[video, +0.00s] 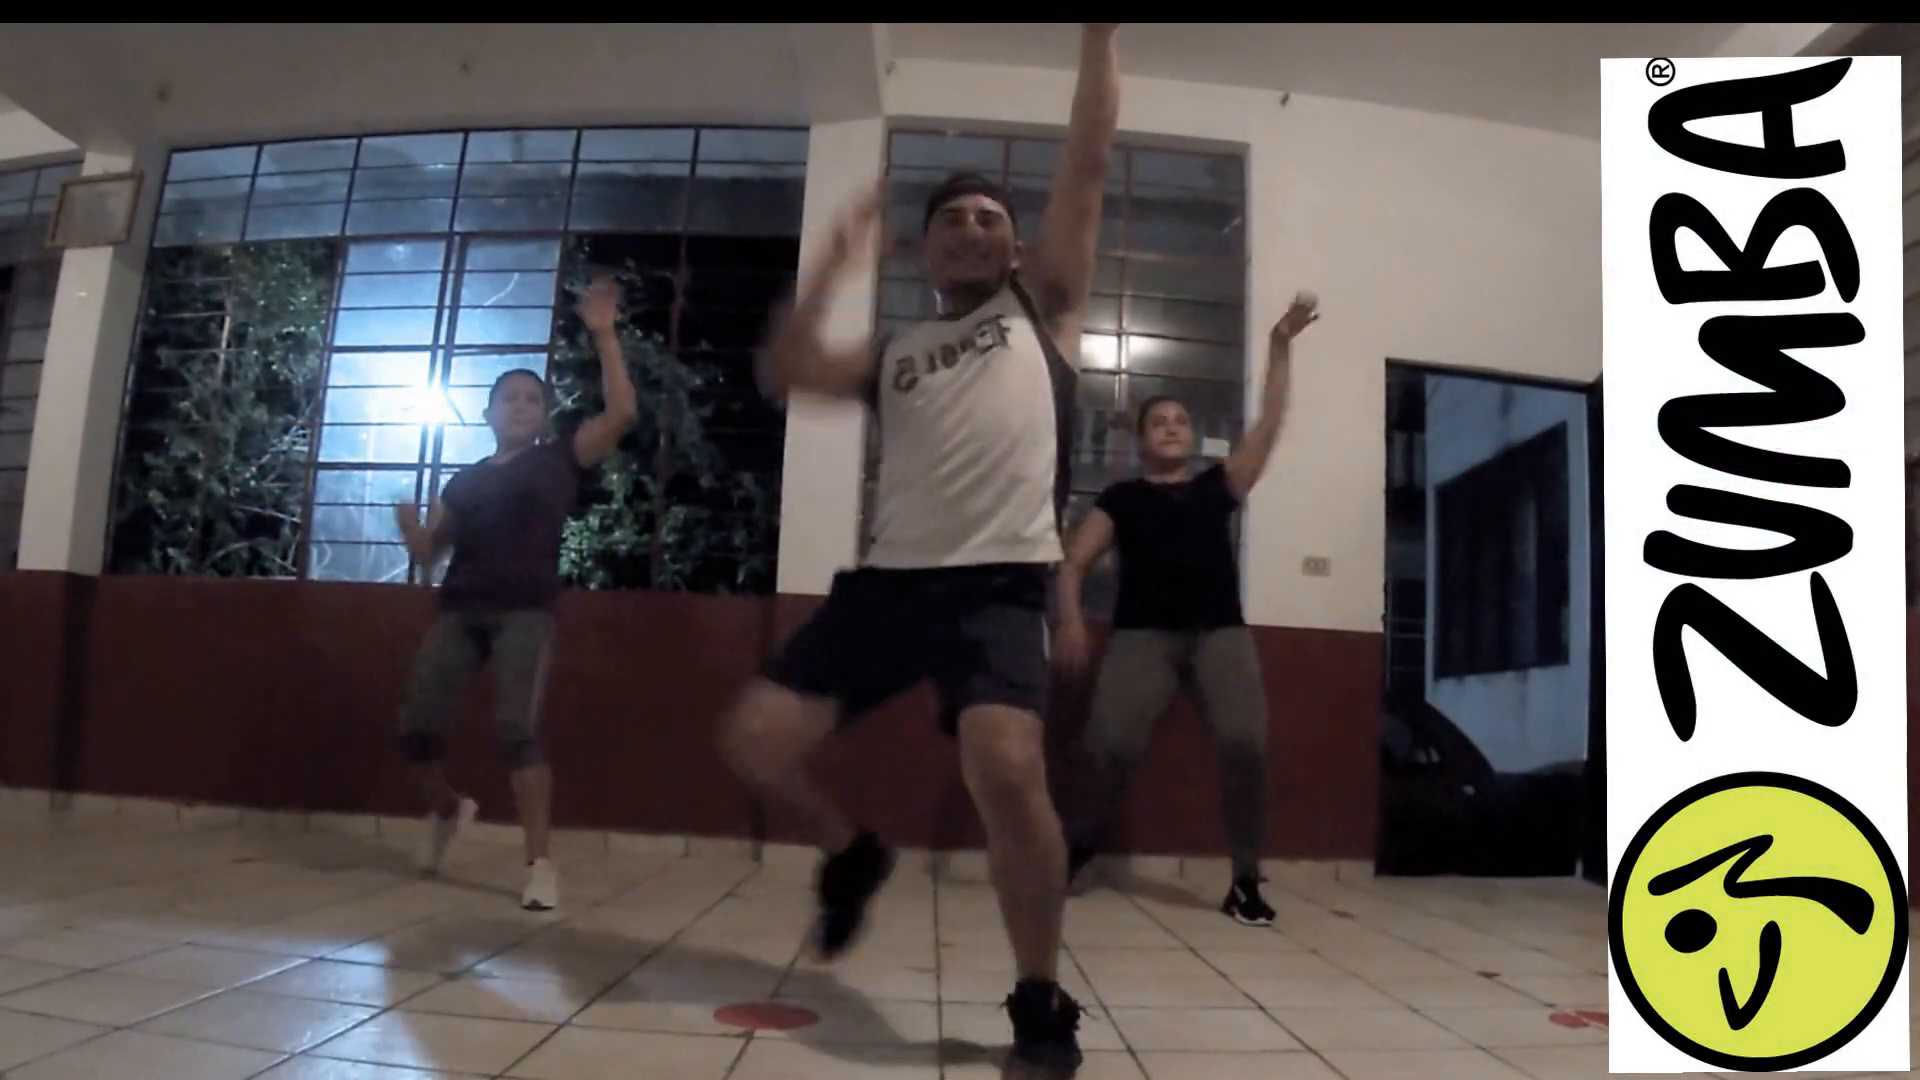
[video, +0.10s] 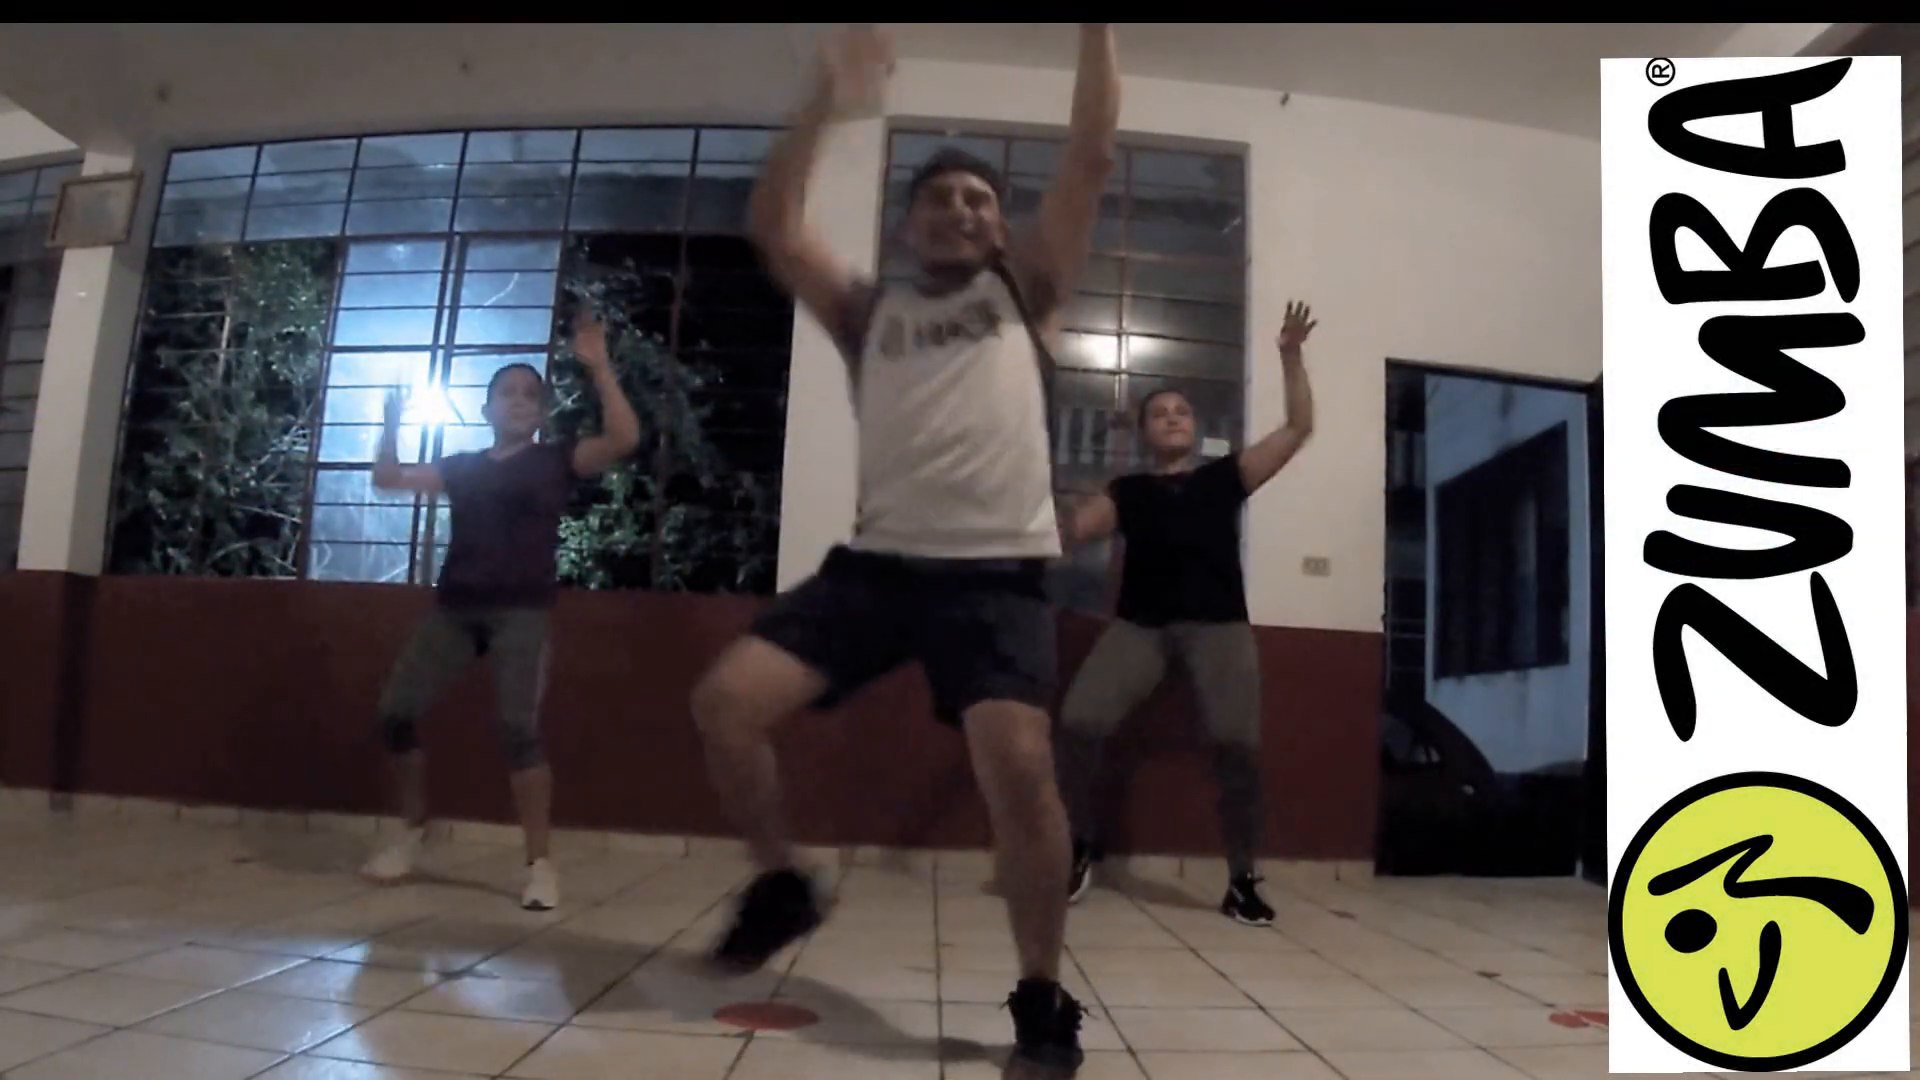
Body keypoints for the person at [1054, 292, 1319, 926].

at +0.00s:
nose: (1170, 430)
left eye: (1179, 423)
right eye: (1159, 423)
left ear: (1193, 436)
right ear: (1140, 438)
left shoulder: (1219, 485)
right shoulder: (1123, 498)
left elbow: (1269, 423)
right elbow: (1071, 562)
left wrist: (1280, 345)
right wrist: (1069, 626)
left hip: (1219, 635)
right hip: (1142, 637)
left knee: (1244, 741)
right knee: (1109, 743)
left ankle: (1247, 880)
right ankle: (1073, 857)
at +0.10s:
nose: (1173, 419)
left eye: (1182, 413)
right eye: (1162, 413)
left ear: (1198, 429)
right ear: (1144, 431)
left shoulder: (1225, 478)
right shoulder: (1127, 491)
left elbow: (1299, 428)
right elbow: (1076, 527)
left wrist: (1292, 355)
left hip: (1218, 626)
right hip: (1139, 626)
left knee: (1236, 743)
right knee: (1080, 723)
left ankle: (1243, 880)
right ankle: (1079, 849)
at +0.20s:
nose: (1167, 410)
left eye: (1175, 403)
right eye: (1155, 405)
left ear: (1190, 417)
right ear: (1135, 422)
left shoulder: (1221, 467)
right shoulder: (1122, 476)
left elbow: (1306, 448)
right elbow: (1058, 474)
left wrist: (1297, 374)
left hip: (1210, 619)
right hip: (1133, 616)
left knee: (1227, 737)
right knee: (1075, 716)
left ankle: (1242, 878)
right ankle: (1044, 857)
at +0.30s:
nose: (1156, 406)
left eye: (1164, 401)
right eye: (1143, 401)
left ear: (1179, 419)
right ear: (1122, 421)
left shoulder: (1207, 475)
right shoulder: (1110, 471)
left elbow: (1290, 487)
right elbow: (1066, 411)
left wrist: (1296, 423)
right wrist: (1078, 336)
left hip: (1197, 614)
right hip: (1120, 611)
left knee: (1219, 740)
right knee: (1077, 730)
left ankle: (1241, 876)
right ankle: (1029, 860)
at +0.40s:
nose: (1145, 417)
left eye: (1154, 411)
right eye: (1134, 410)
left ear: (1166, 428)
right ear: (1114, 424)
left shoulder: (1185, 492)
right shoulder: (1095, 477)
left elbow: (1242, 548)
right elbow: (1071, 396)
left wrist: (1261, 508)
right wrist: (1083, 323)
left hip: (1178, 625)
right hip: (1100, 622)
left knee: (1207, 746)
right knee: (1069, 740)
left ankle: (1237, 878)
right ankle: (1036, 870)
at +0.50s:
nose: (1140, 414)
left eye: (1149, 409)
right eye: (1129, 407)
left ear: (1159, 429)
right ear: (1106, 423)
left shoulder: (1167, 498)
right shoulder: (1084, 470)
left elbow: (1164, 580)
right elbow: (1055, 390)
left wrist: (1206, 577)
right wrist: (1088, 327)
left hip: (1160, 628)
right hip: (1087, 624)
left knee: (1205, 739)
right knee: (1064, 743)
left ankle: (1234, 877)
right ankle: (1030, 872)